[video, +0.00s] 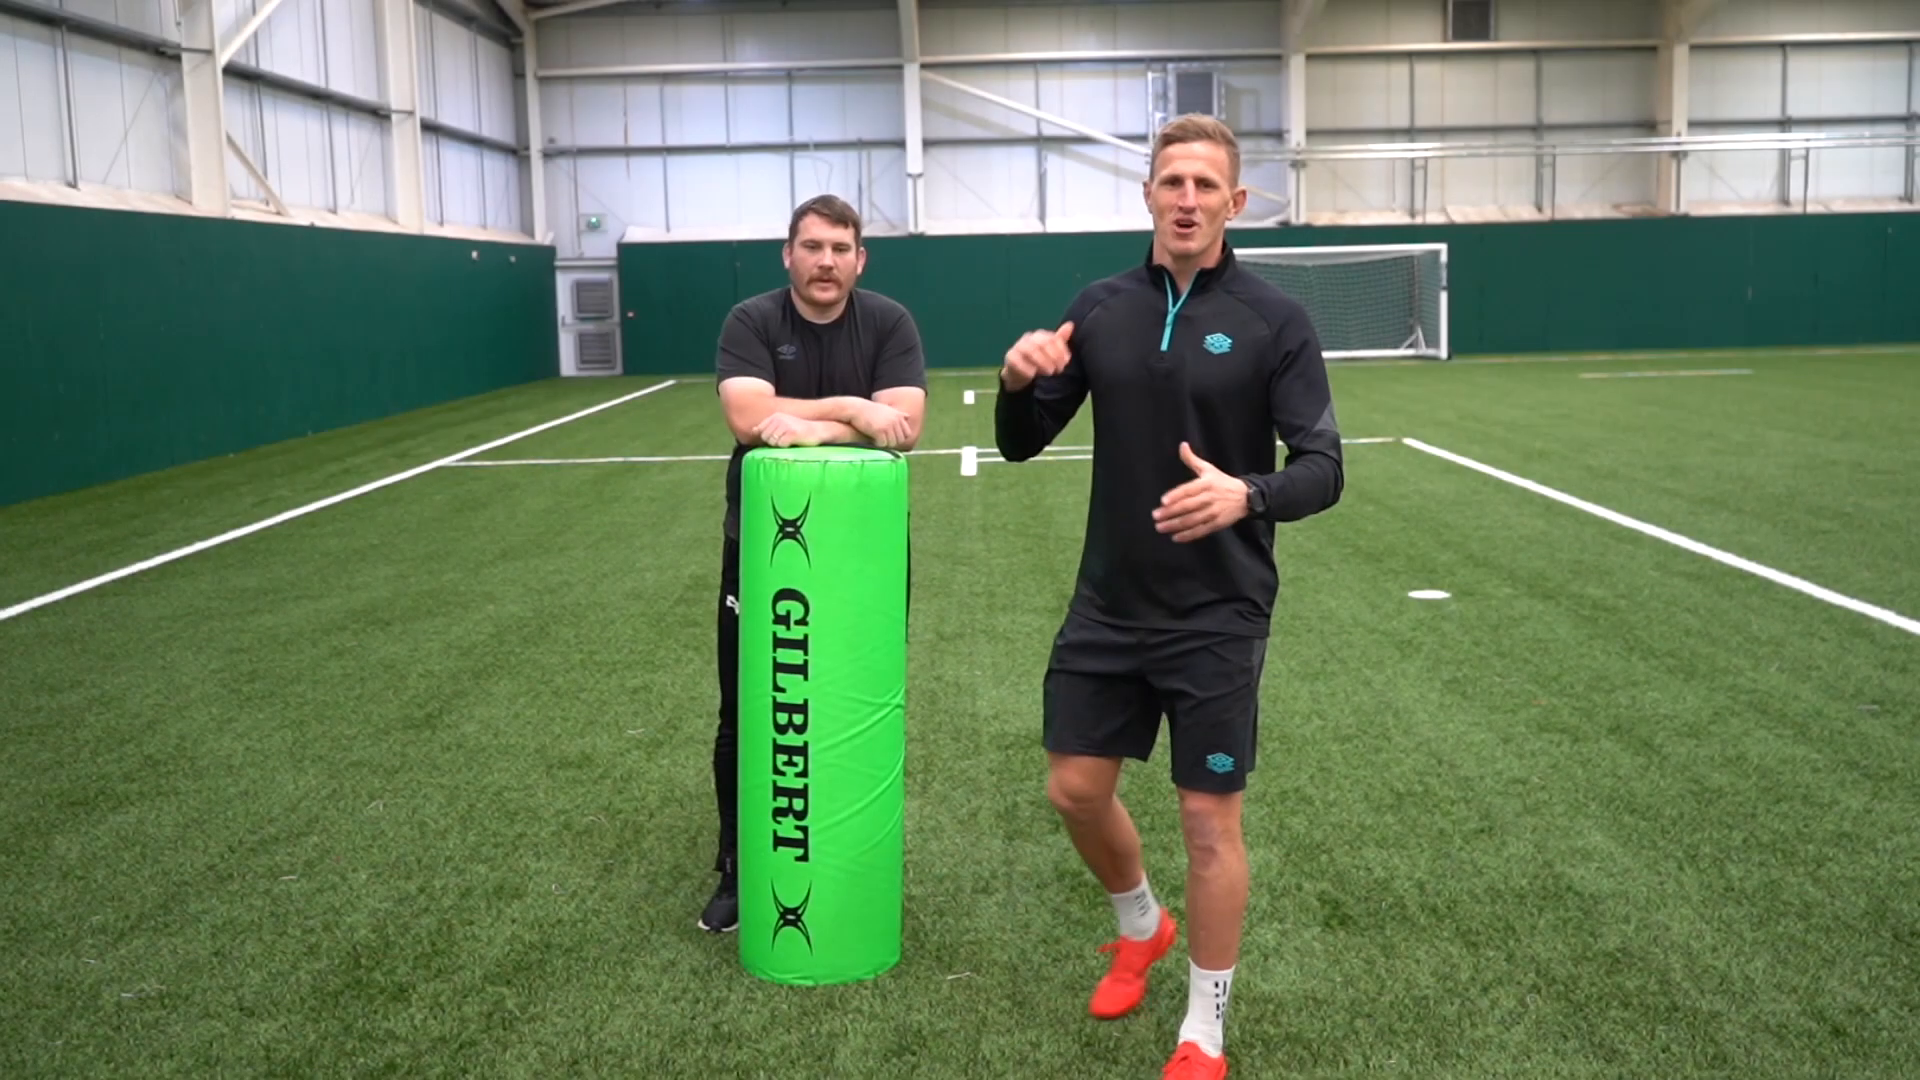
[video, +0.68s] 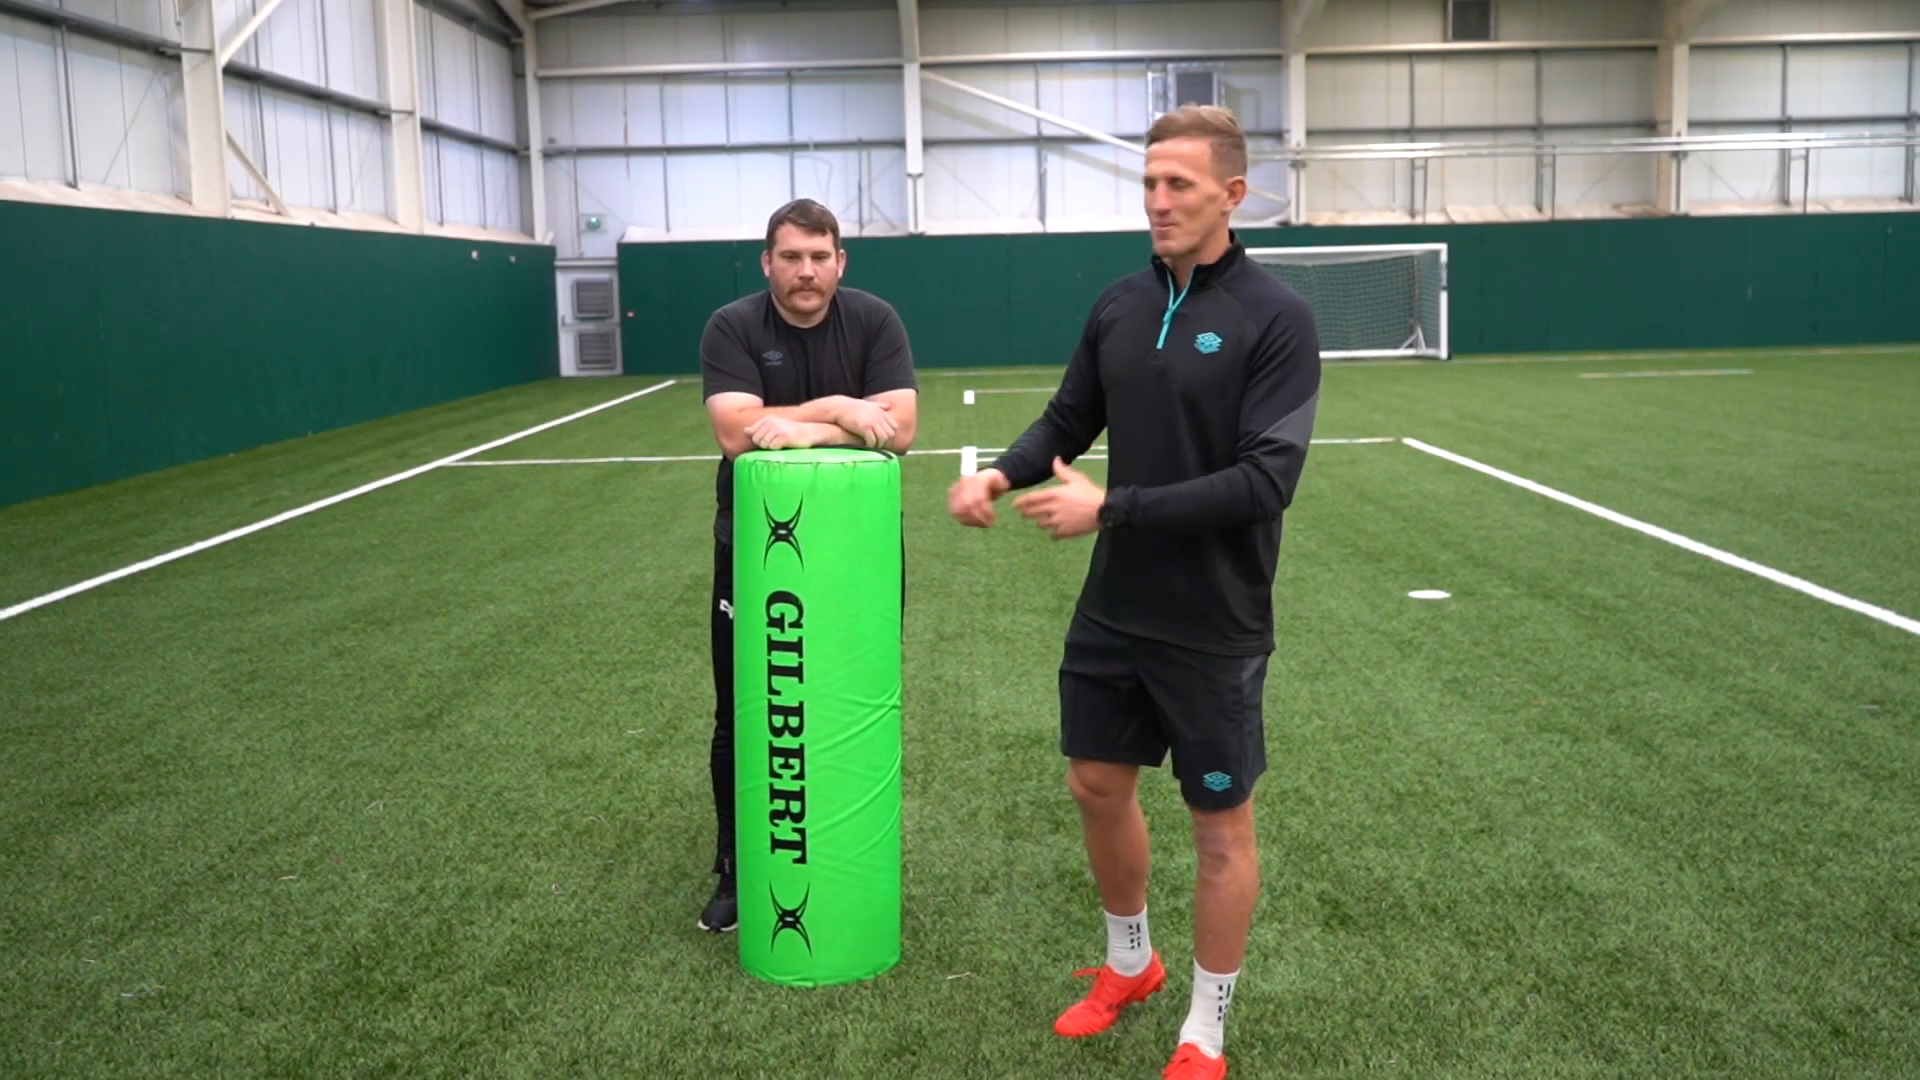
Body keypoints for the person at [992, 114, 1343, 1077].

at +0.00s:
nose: (1185, 200)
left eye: (1205, 185)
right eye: (1170, 182)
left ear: (1235, 203)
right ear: (1147, 196)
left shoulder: (1279, 324)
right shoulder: (1099, 310)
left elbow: (1321, 472)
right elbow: (1021, 442)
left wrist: (1249, 495)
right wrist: (1017, 383)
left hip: (1217, 606)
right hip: (1109, 597)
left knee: (1209, 820)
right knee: (1075, 786)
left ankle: (1204, 1032)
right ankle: (1143, 923)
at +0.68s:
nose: (1157, 202)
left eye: (1177, 186)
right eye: (1150, 184)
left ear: (1232, 196)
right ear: (1144, 191)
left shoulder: (1277, 319)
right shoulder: (1120, 305)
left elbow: (1265, 480)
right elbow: (1069, 420)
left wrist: (1111, 504)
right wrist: (999, 472)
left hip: (1218, 618)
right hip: (1116, 601)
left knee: (1222, 827)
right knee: (1099, 784)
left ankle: (1205, 1035)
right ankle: (1130, 964)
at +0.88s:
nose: (1107, 211)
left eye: (1115, 195)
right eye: (1108, 193)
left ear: (1166, 201)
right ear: (1165, 199)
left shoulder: (1255, 325)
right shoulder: (1143, 294)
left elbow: (1243, 502)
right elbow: (1095, 396)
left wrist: (1120, 607)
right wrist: (994, 385)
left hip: (1209, 614)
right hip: (1122, 596)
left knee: (1219, 820)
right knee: (1111, 775)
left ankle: (1207, 1035)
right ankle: (1136, 966)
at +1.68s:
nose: (1110, 218)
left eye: (1125, 201)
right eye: (1096, 206)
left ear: (1164, 209)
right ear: (1082, 222)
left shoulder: (1230, 312)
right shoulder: (1078, 332)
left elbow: (1266, 453)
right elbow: (1045, 443)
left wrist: (1175, 549)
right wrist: (1024, 512)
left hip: (1220, 590)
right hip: (1124, 591)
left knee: (1221, 788)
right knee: (1162, 768)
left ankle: (1215, 1012)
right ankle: (1179, 962)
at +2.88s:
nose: (1203, 216)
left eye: (1219, 206)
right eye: (1205, 202)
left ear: (1270, 217)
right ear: (1226, 213)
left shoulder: (1324, 319)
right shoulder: (1183, 301)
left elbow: (1332, 457)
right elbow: (1145, 392)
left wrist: (1325, 582)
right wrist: (1112, 438)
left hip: (1274, 563)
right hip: (1180, 549)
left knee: (1277, 726)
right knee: (1154, 712)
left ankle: (1267, 892)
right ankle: (1151, 906)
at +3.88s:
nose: (1063, 221)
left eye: (1075, 210)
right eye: (1065, 208)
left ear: (1121, 217)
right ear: (1105, 216)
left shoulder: (1194, 302)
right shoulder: (1067, 314)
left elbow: (1228, 423)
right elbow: (1042, 428)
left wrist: (1212, 535)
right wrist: (997, 401)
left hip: (1176, 541)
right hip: (1094, 543)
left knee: (1198, 704)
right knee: (1119, 694)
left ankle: (1222, 888)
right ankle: (1132, 866)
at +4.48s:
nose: (1053, 226)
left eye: (1066, 215)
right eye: (1056, 213)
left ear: (1113, 223)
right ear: (1097, 222)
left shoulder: (1180, 304)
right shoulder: (1053, 320)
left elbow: (1204, 424)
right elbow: (1021, 432)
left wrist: (1098, 463)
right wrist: (1000, 388)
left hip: (1163, 547)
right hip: (1081, 547)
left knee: (1190, 709)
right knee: (1111, 694)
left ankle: (1219, 897)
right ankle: (1132, 867)